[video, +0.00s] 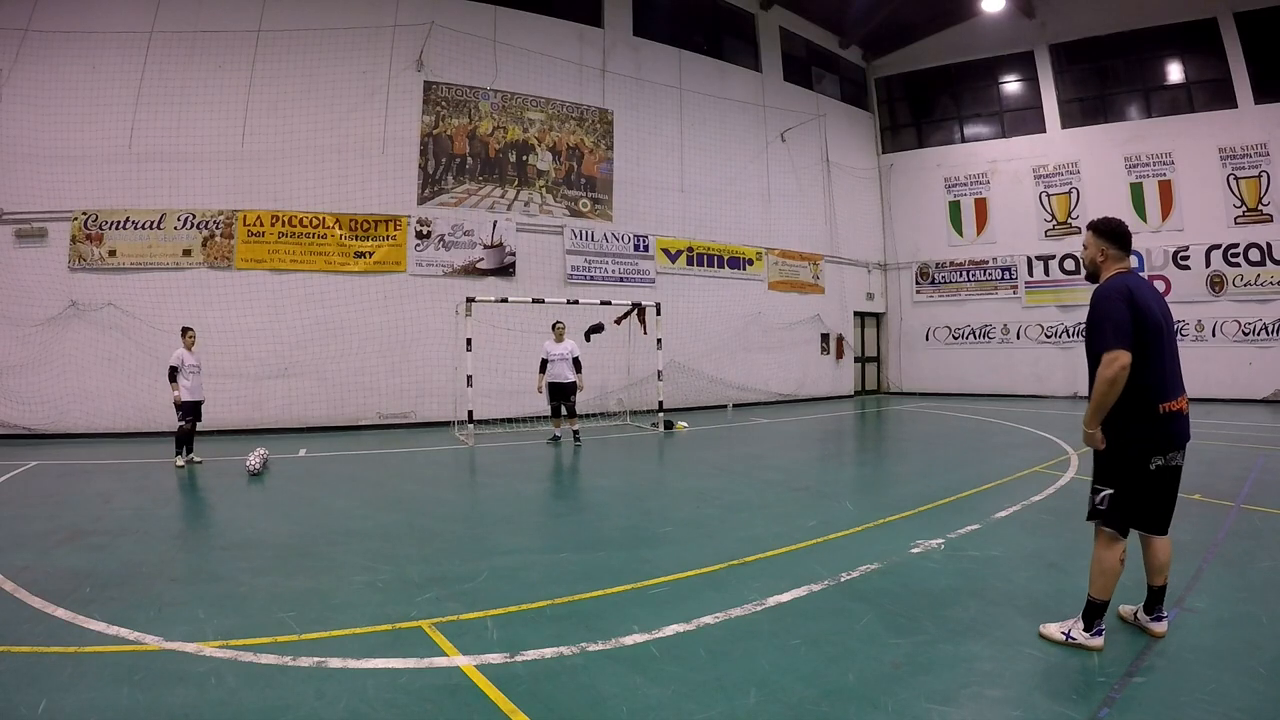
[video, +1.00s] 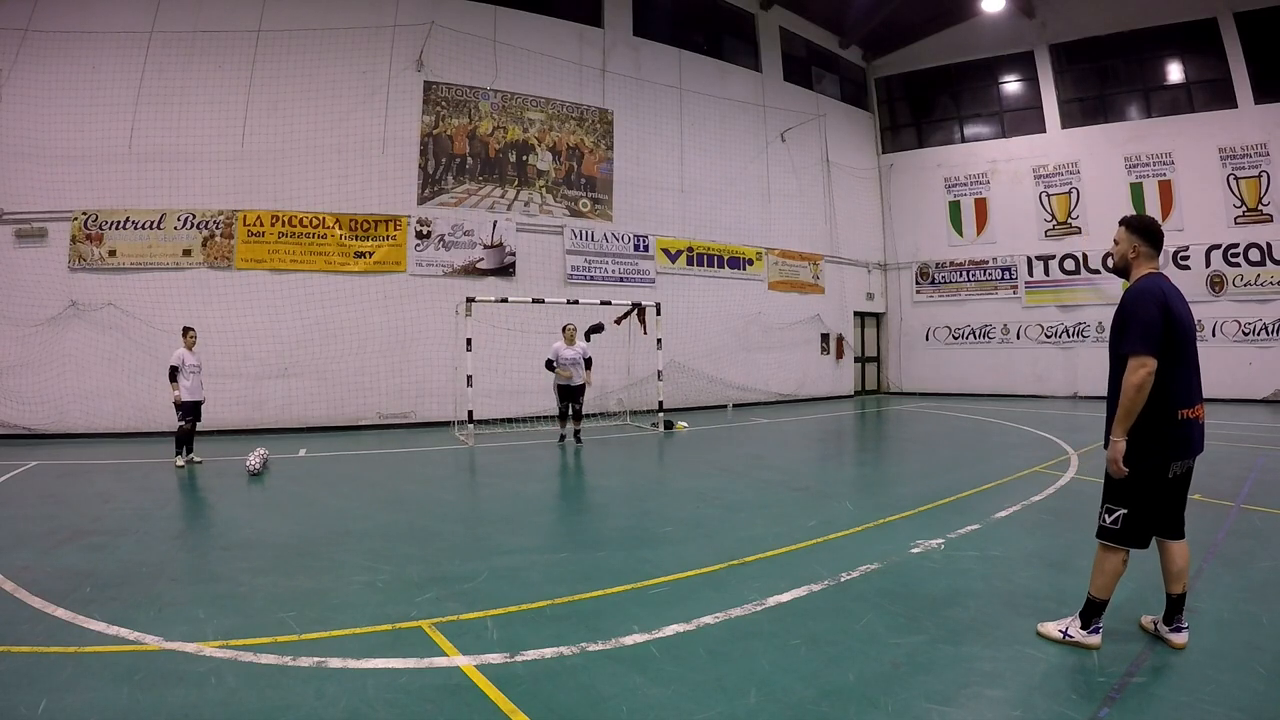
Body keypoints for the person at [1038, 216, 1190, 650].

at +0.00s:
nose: (1083, 254)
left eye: (1086, 247)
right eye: (1084, 246)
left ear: (1102, 251)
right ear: (1123, 251)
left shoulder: (1111, 293)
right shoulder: (1145, 288)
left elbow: (1116, 363)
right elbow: (1158, 358)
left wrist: (1091, 422)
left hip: (1130, 432)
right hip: (1168, 429)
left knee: (1109, 530)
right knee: (1155, 525)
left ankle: (1090, 625)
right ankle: (1155, 613)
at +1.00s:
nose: (1110, 249)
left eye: (1115, 241)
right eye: (1113, 241)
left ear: (1134, 248)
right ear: (1147, 250)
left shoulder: (1141, 296)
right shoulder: (1167, 292)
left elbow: (1142, 370)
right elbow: (1172, 369)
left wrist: (1118, 434)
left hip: (1145, 439)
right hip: (1177, 437)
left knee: (1114, 534)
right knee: (1170, 529)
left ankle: (1087, 623)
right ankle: (1174, 622)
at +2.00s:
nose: (1113, 247)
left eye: (1119, 239)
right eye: (1117, 239)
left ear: (1138, 246)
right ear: (1151, 249)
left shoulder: (1144, 295)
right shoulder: (1169, 292)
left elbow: (1145, 368)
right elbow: (1171, 368)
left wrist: (1120, 433)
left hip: (1145, 441)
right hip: (1177, 438)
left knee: (1115, 535)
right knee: (1171, 529)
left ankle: (1087, 624)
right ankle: (1174, 622)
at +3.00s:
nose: (1108, 249)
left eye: (1115, 242)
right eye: (1112, 242)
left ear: (1137, 249)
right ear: (1145, 251)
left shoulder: (1142, 296)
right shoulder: (1164, 292)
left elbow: (1147, 369)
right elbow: (1168, 369)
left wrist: (1125, 436)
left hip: (1141, 441)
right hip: (1175, 439)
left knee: (1110, 536)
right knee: (1170, 530)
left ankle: (1087, 624)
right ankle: (1174, 623)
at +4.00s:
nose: (1042, 330)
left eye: (1043, 322)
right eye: (1040, 324)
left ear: (1057, 316)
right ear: (1076, 312)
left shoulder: (1070, 344)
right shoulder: (1105, 341)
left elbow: (1022, 378)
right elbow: (1122, 401)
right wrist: (1091, 450)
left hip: (1111, 456)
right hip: (1155, 452)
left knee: (1040, 514)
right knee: (1133, 537)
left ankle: (1066, 599)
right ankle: (1184, 620)